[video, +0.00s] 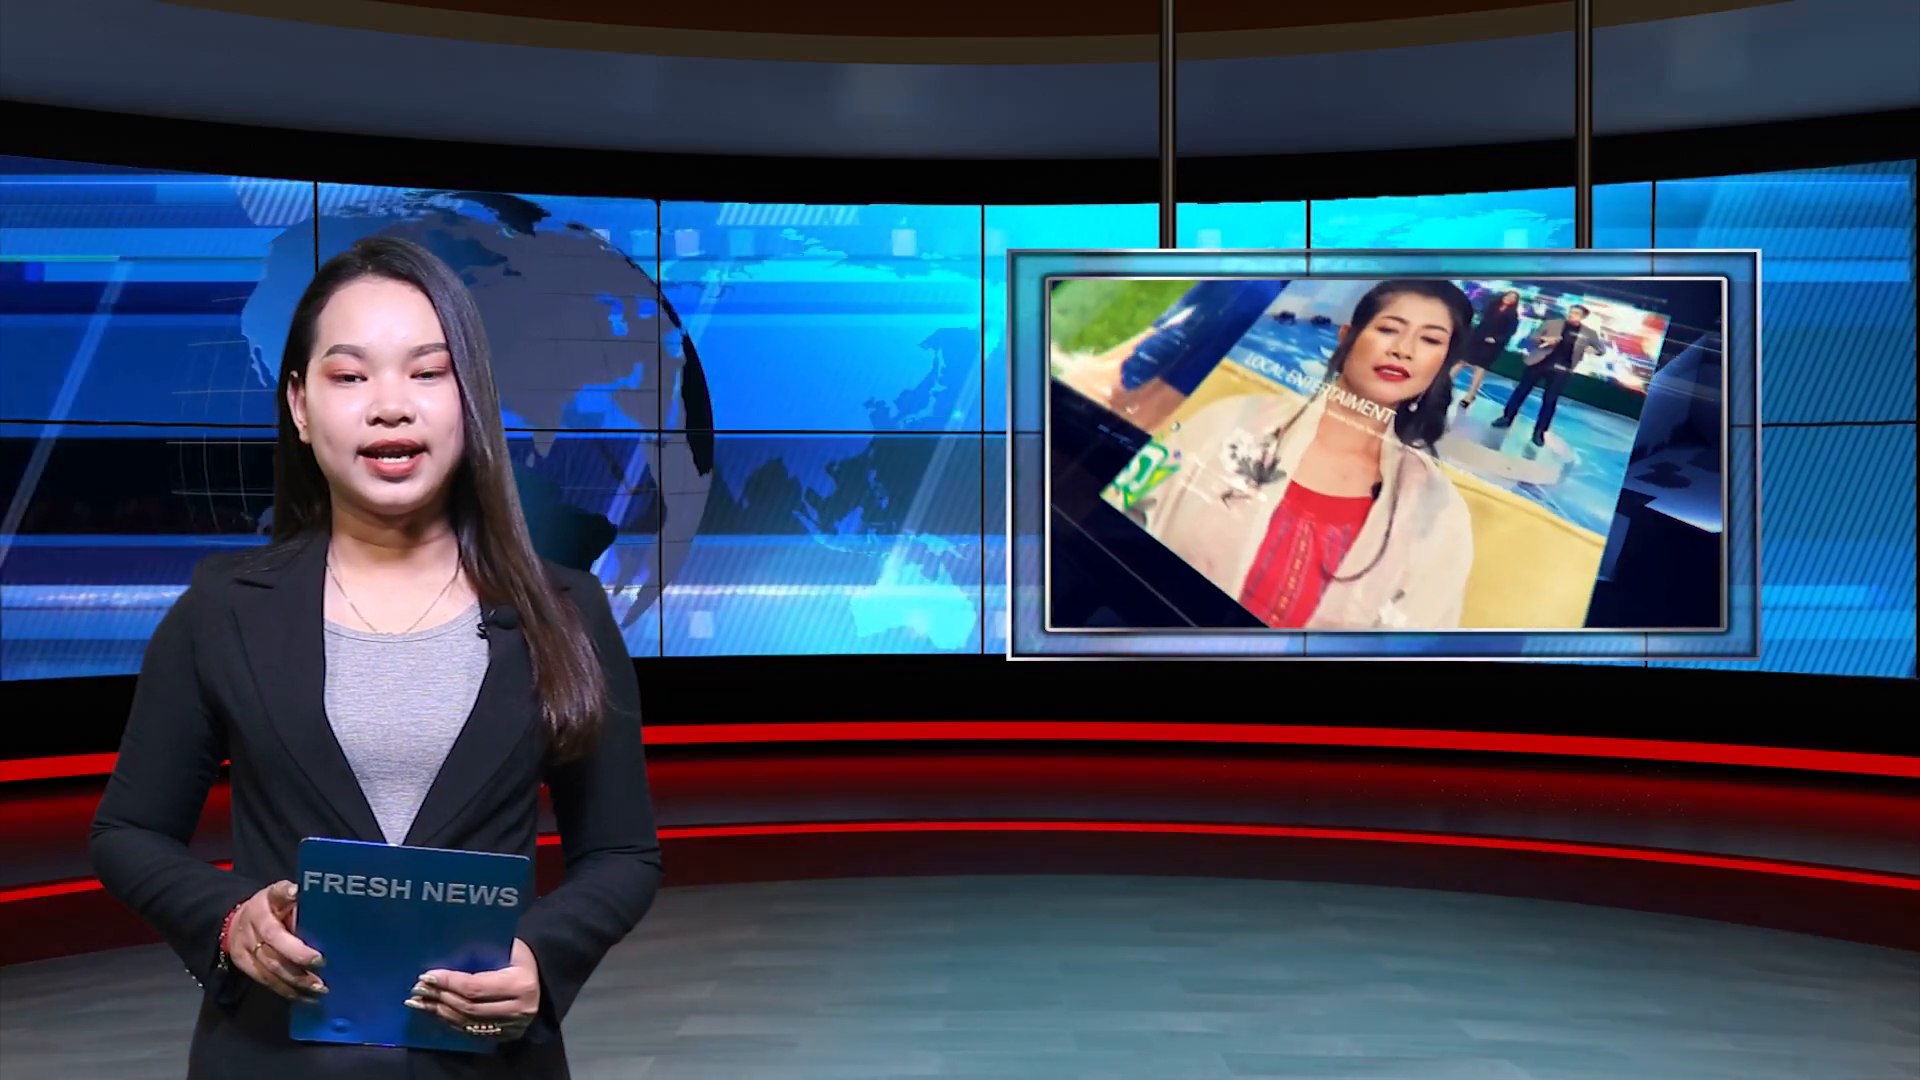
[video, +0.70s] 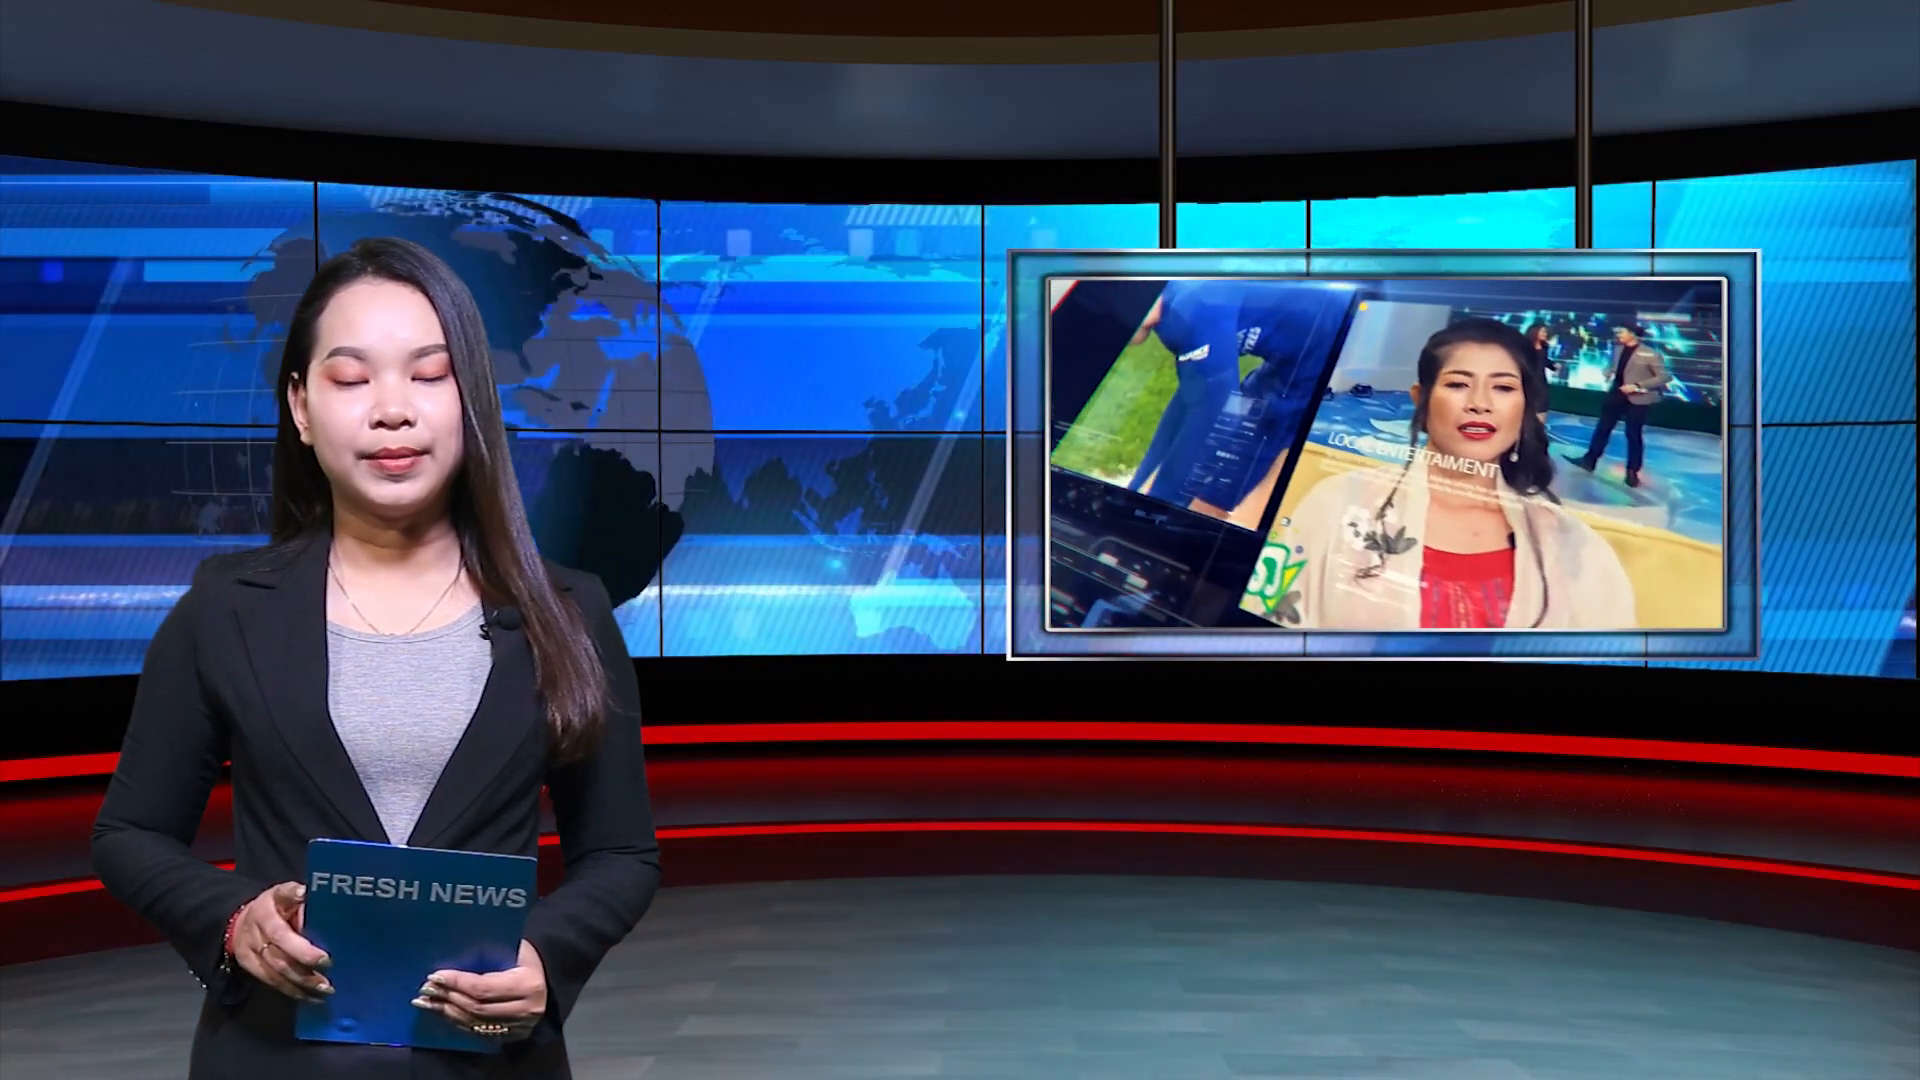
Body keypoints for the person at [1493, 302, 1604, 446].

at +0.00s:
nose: (1573, 316)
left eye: (1577, 314)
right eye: (1572, 313)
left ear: (1582, 318)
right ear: (1568, 313)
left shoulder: (1589, 334)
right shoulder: (1552, 324)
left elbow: (1601, 351)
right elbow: (1531, 339)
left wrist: (1591, 350)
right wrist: (1545, 339)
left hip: (1560, 371)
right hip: (1539, 364)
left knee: (1550, 402)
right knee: (1522, 390)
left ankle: (1539, 432)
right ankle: (1507, 418)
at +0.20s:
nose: (1579, 321)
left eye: (1583, 318)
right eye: (1577, 317)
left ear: (1588, 321)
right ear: (1573, 318)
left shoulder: (1598, 338)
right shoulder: (1561, 332)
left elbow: (1621, 351)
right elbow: (1543, 349)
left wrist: (1613, 349)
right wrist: (1559, 348)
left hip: (1576, 379)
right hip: (1553, 374)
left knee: (1569, 412)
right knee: (1539, 402)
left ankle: (1562, 443)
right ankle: (1526, 432)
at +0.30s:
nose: (1586, 322)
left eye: (1590, 320)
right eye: (1585, 319)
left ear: (1597, 323)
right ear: (1581, 321)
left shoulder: (1607, 339)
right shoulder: (1571, 335)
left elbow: (1631, 354)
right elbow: (1557, 353)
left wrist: (1621, 352)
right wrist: (1570, 355)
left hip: (1589, 382)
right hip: (1566, 378)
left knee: (1583, 417)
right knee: (1552, 407)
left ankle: (1577, 449)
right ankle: (1541, 438)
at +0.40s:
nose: (1588, 326)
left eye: (1592, 323)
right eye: (1588, 322)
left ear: (1602, 326)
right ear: (1586, 325)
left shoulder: (1615, 343)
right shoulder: (1579, 340)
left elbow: (1637, 361)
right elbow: (1565, 357)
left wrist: (1625, 360)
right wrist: (1576, 362)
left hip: (1598, 386)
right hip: (1576, 382)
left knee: (1592, 419)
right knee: (1561, 411)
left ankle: (1587, 453)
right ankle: (1551, 443)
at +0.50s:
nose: (1596, 330)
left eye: (1600, 327)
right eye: (1596, 327)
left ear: (1610, 330)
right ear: (1599, 330)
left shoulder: (1629, 349)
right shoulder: (1591, 344)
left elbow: (1642, 370)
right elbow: (1580, 360)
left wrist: (1628, 378)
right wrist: (1585, 367)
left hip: (1612, 389)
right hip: (1591, 386)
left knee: (1605, 425)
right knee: (1573, 416)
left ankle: (1601, 459)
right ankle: (1564, 449)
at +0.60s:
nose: (1605, 331)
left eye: (1609, 328)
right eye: (1605, 328)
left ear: (1619, 332)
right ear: (1609, 332)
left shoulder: (1636, 351)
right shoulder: (1603, 347)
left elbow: (1651, 372)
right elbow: (1596, 364)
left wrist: (1633, 382)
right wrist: (1595, 370)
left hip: (1622, 395)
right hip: (1601, 391)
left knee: (1616, 431)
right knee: (1583, 420)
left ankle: (1613, 464)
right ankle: (1575, 453)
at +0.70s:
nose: (1619, 336)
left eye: (1622, 333)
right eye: (1619, 333)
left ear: (1632, 335)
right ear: (1627, 336)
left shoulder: (1649, 355)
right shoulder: (1620, 350)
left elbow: (1663, 377)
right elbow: (1615, 368)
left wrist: (1638, 387)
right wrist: (1609, 373)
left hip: (1637, 401)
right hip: (1616, 395)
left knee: (1633, 436)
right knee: (1603, 428)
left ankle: (1632, 471)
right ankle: (1589, 460)